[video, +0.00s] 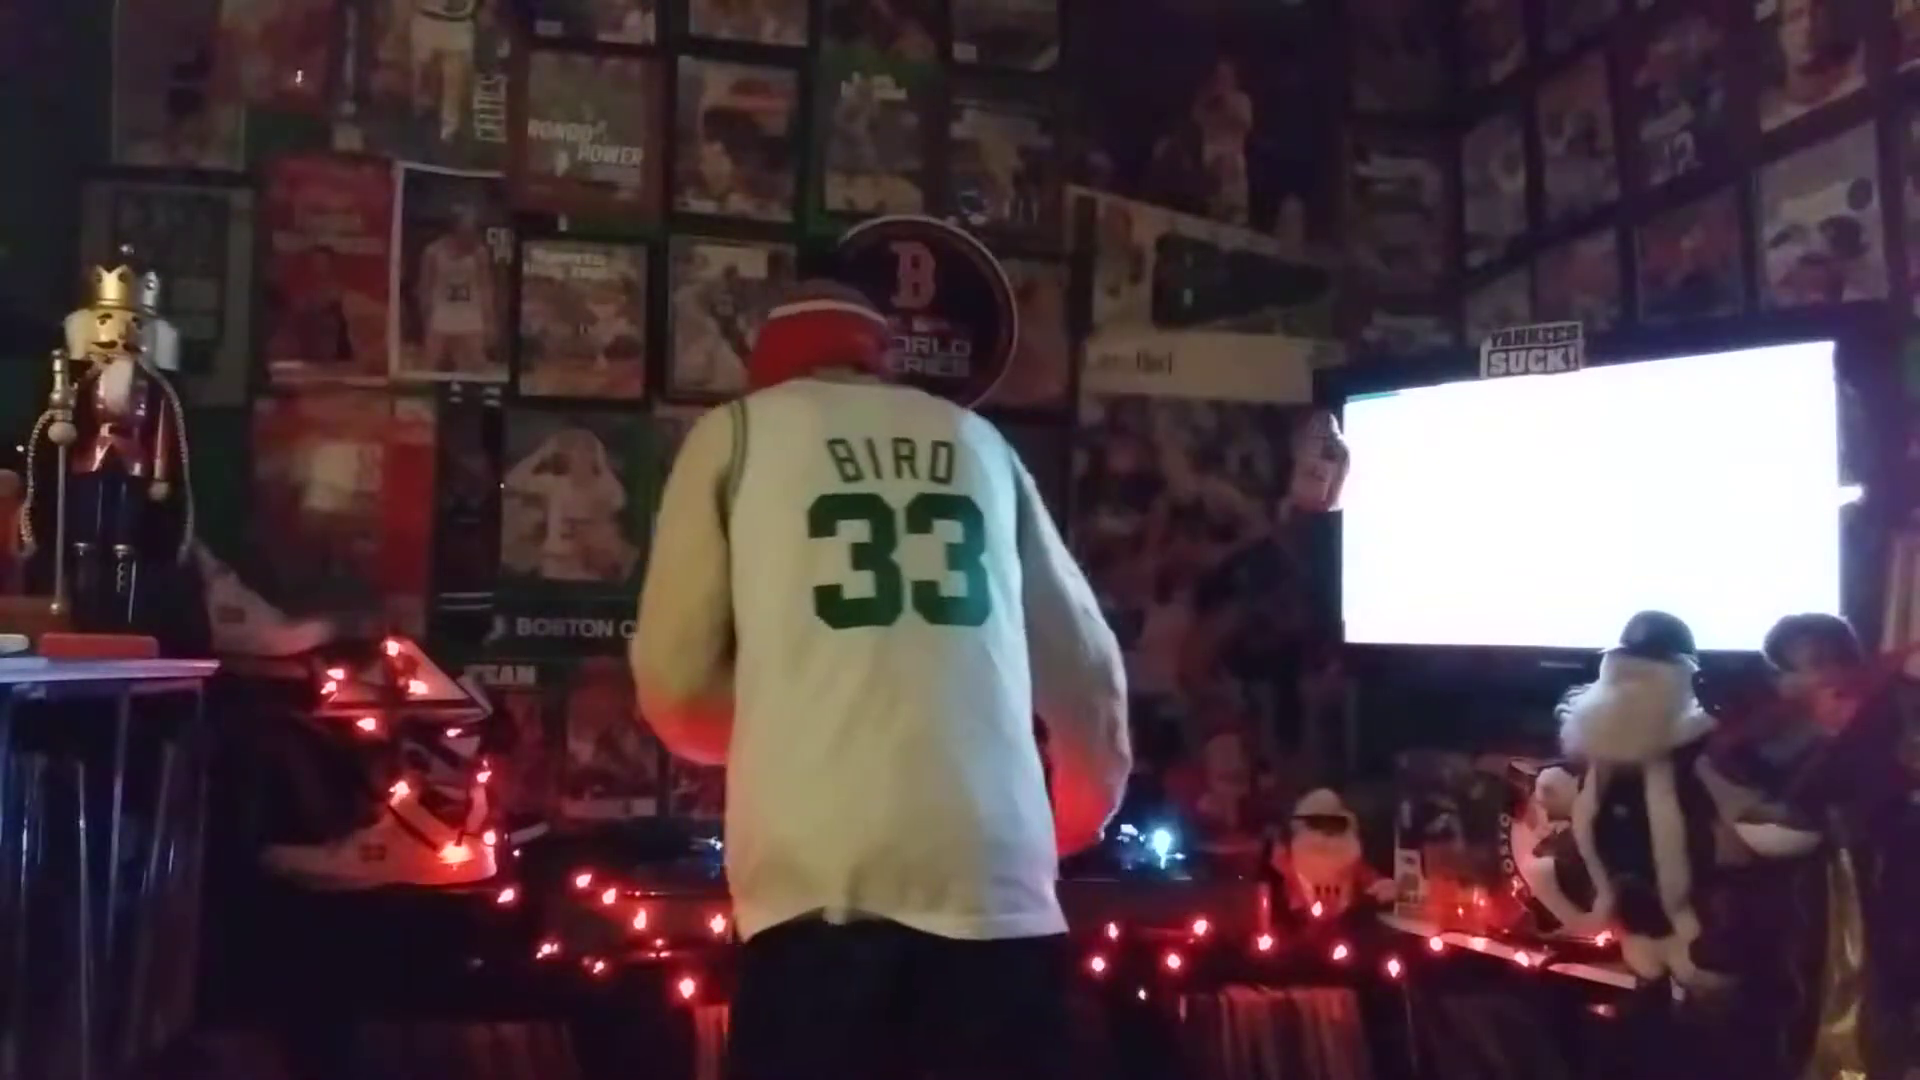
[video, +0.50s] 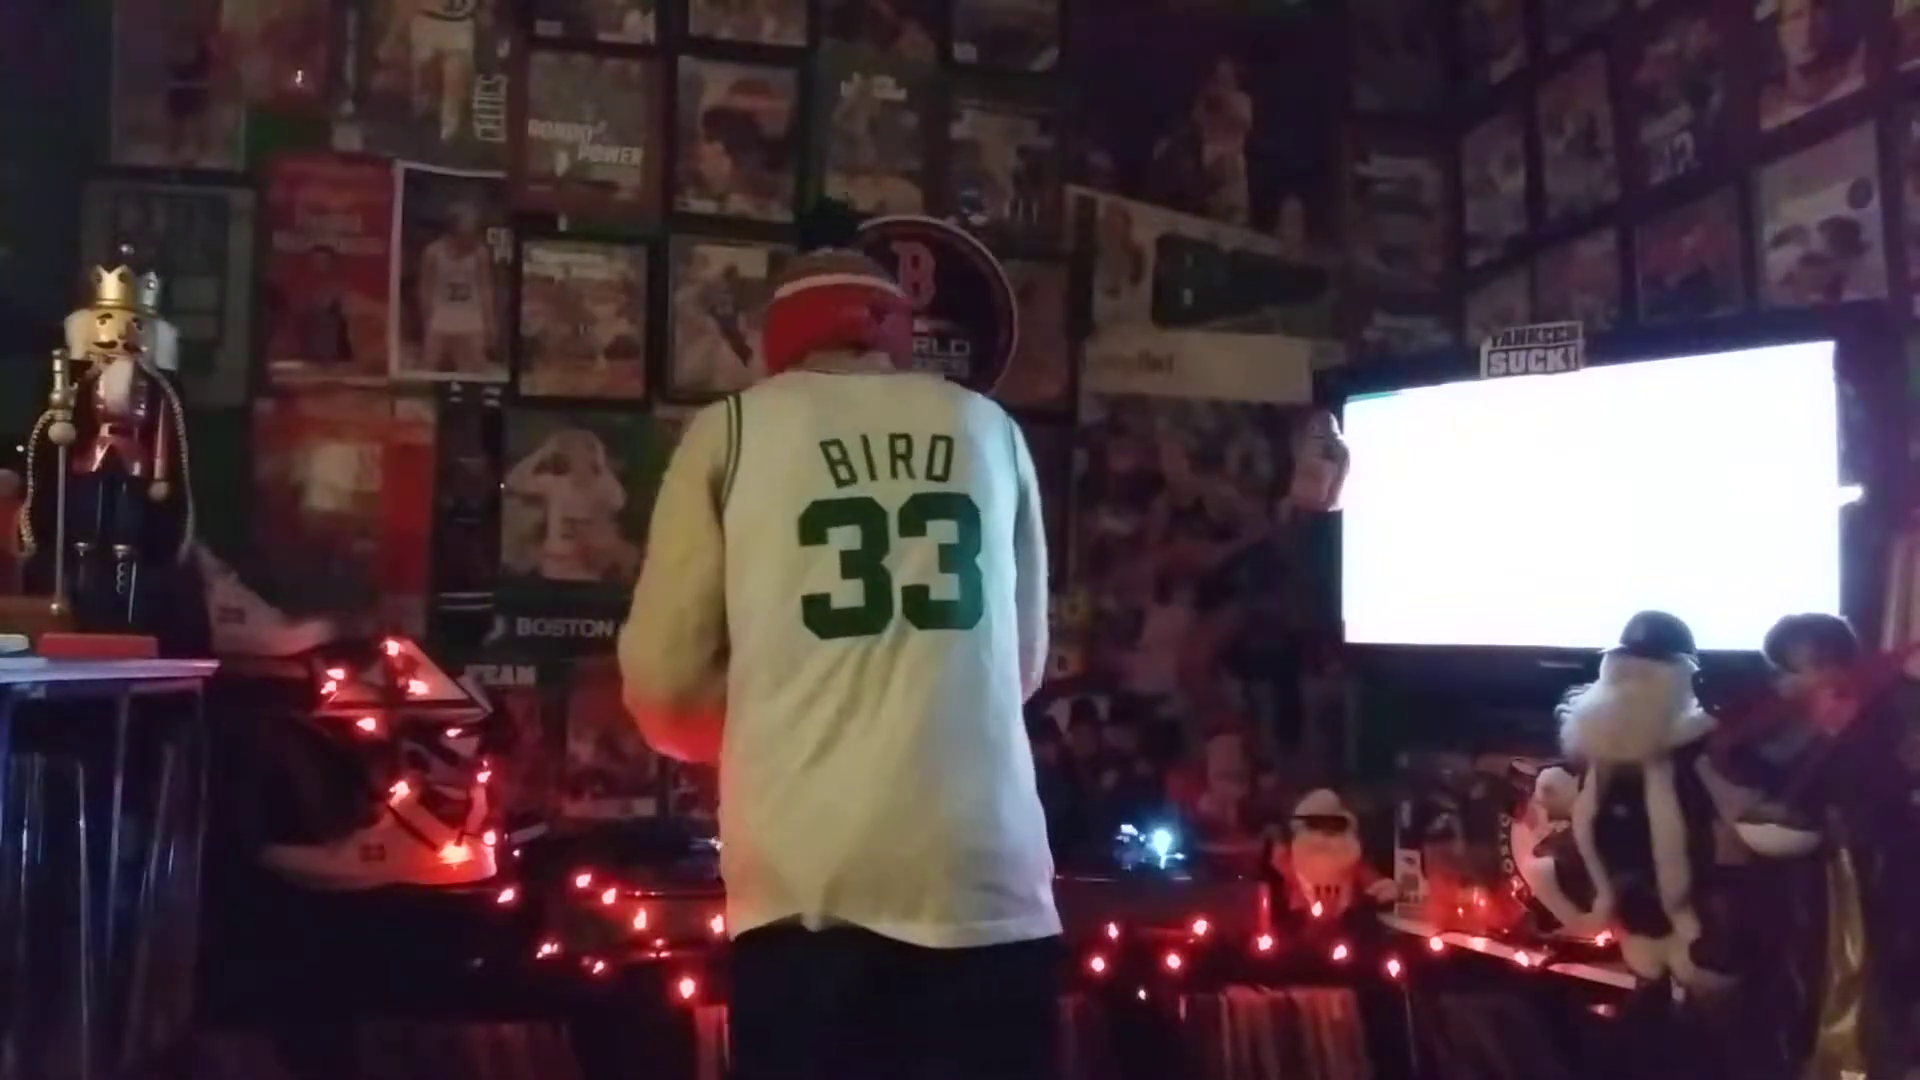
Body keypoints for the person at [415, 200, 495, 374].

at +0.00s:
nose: (467, 235)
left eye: (470, 231)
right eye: (463, 230)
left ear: (475, 230)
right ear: (454, 229)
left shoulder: (479, 252)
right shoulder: (434, 252)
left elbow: (486, 290)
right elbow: (425, 288)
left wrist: (489, 323)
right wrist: (427, 318)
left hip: (471, 326)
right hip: (440, 326)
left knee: (473, 376)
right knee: (436, 376)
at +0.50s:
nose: (466, 235)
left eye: (470, 230)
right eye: (462, 230)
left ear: (475, 230)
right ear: (453, 228)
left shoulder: (480, 253)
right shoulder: (434, 252)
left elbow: (486, 290)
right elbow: (425, 288)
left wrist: (490, 324)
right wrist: (428, 318)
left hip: (471, 326)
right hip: (440, 325)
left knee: (472, 379)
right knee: (435, 378)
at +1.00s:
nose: (466, 236)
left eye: (470, 231)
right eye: (462, 231)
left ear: (475, 231)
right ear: (453, 229)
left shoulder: (480, 253)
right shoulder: (434, 252)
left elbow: (487, 290)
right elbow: (425, 287)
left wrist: (490, 323)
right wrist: (428, 316)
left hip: (472, 327)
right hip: (440, 326)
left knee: (471, 379)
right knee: (434, 379)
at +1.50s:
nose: (467, 234)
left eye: (470, 229)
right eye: (463, 228)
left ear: (474, 229)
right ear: (453, 227)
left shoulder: (480, 252)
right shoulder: (433, 253)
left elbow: (487, 291)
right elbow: (425, 290)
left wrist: (490, 326)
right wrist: (427, 317)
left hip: (472, 328)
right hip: (440, 328)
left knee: (472, 381)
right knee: (433, 380)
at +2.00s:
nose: (465, 235)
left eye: (469, 230)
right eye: (461, 229)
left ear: (475, 229)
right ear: (452, 227)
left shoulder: (481, 252)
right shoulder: (433, 253)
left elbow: (488, 290)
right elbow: (425, 288)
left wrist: (490, 323)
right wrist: (427, 315)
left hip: (472, 328)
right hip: (440, 327)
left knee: (472, 379)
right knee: (433, 379)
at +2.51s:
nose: (469, 235)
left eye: (473, 230)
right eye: (465, 230)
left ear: (477, 230)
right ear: (455, 229)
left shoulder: (481, 254)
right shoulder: (433, 253)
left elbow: (488, 290)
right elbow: (425, 288)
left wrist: (490, 321)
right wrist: (427, 319)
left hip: (472, 329)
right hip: (440, 328)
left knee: (472, 381)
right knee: (433, 380)